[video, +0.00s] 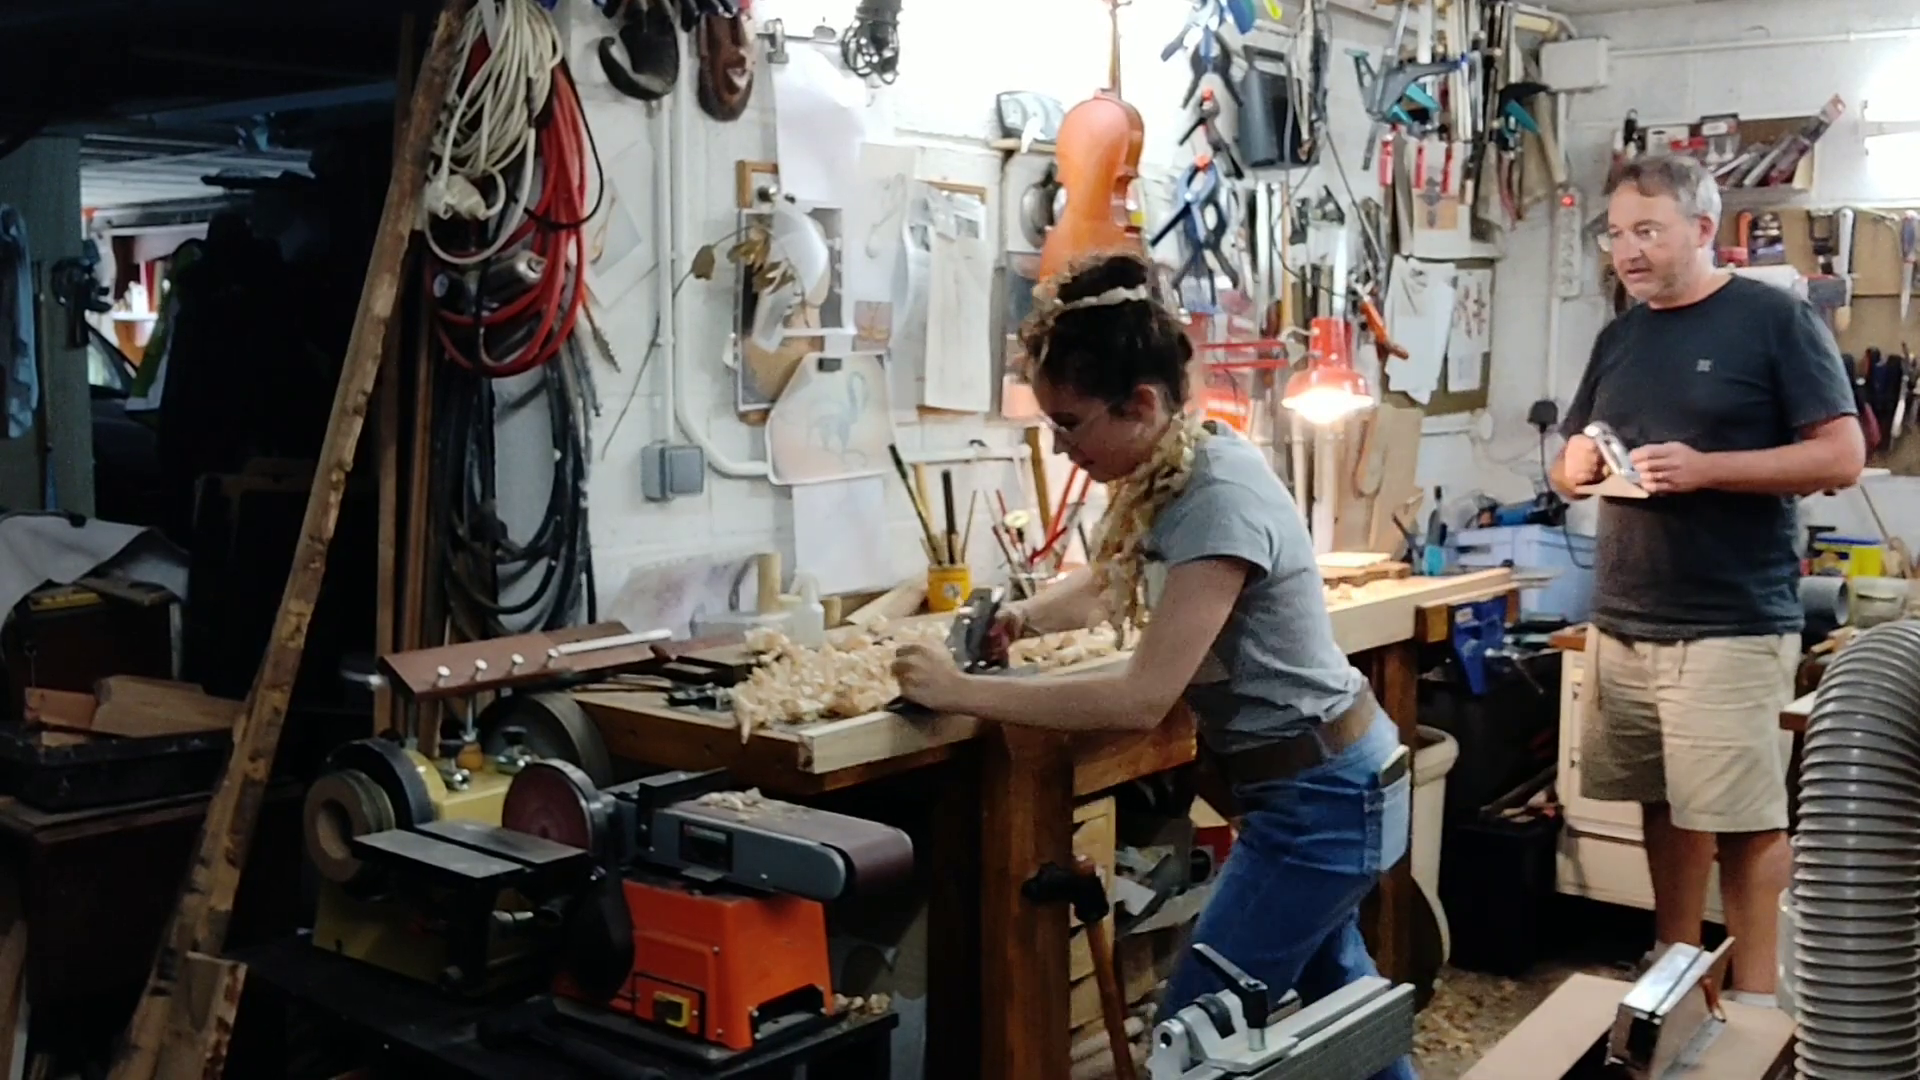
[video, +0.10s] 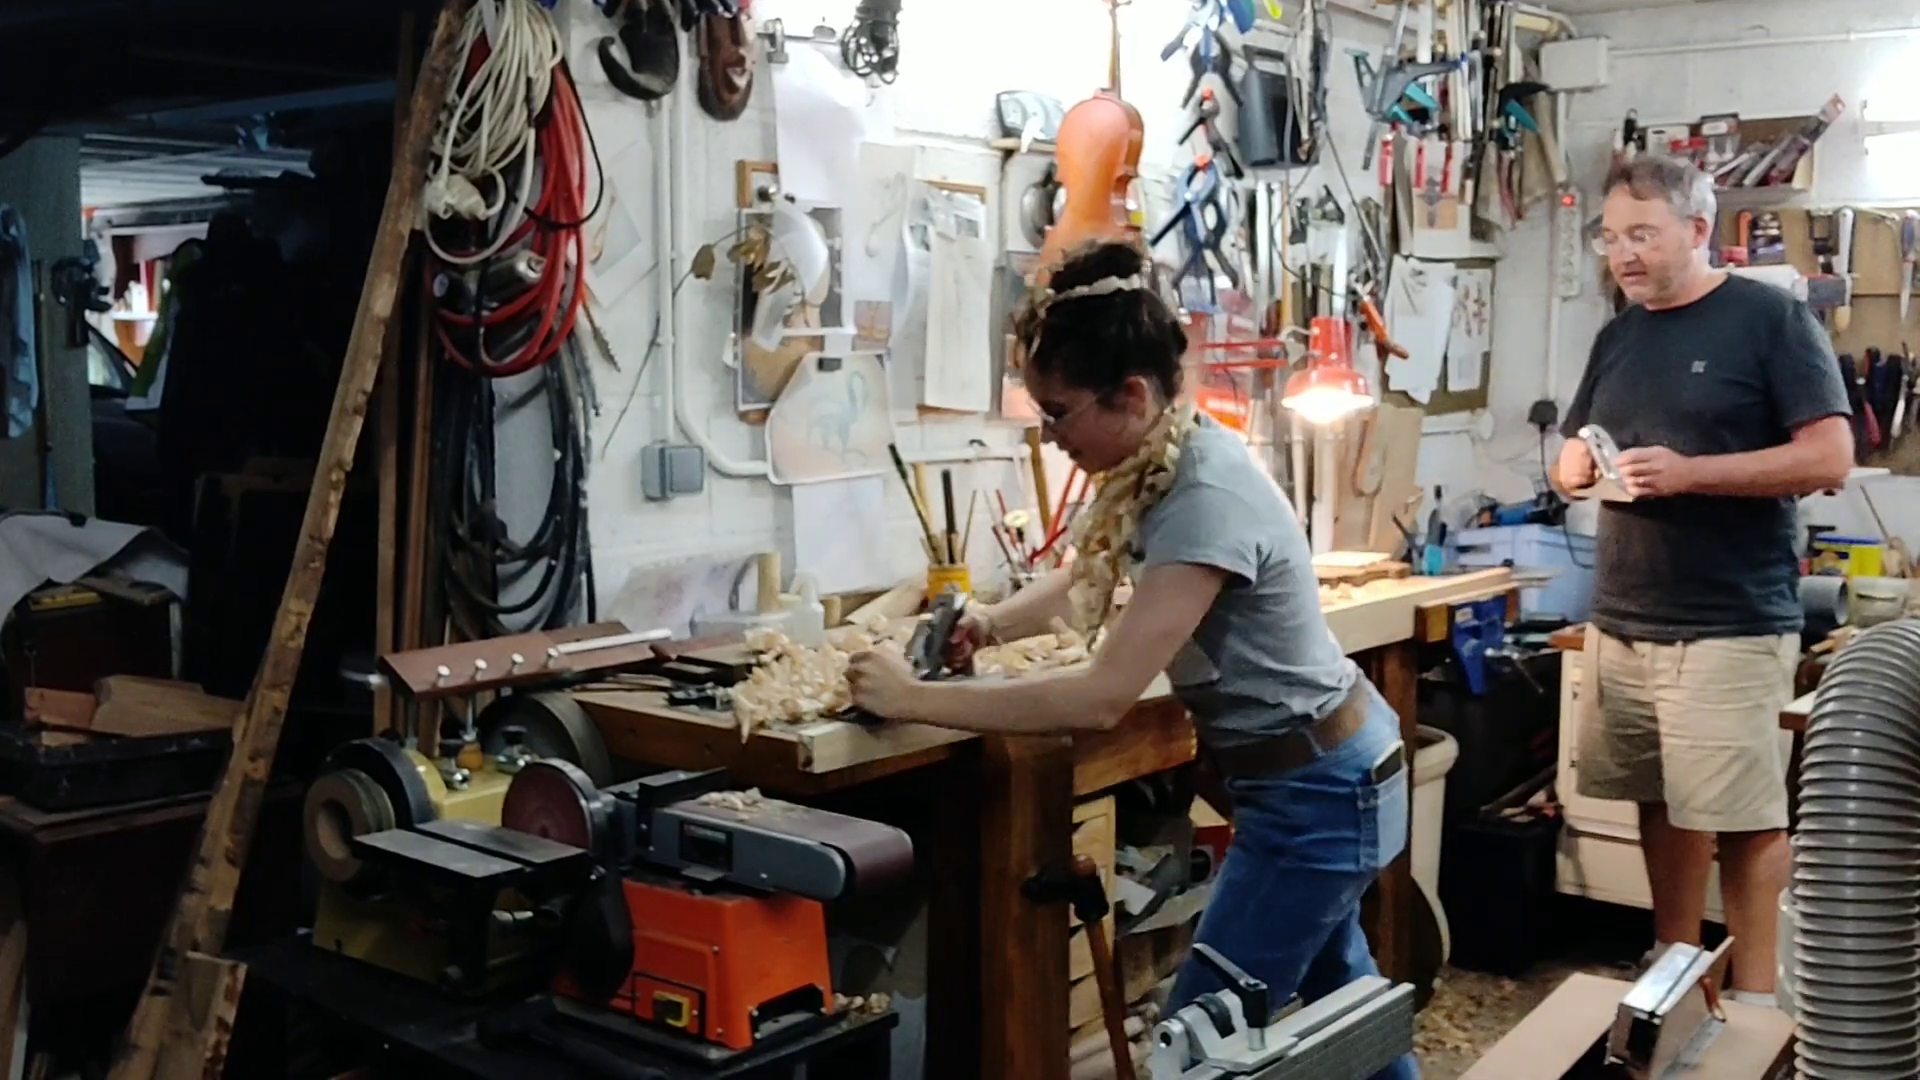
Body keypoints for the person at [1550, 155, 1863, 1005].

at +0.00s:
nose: (1628, 249)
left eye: (1647, 230)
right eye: (1616, 234)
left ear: (1702, 229)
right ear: (1608, 243)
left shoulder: (1776, 312)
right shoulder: (1619, 335)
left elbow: (1842, 455)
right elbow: (1568, 458)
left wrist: (1705, 465)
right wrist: (1577, 464)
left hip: (1735, 626)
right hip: (1630, 622)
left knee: (1744, 823)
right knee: (1667, 808)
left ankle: (1753, 1003)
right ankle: (1675, 967)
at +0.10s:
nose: (1624, 252)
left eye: (1643, 233)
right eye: (1612, 235)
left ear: (1698, 231)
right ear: (1604, 240)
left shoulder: (1773, 313)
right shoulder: (1618, 334)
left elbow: (1830, 457)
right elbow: (1573, 446)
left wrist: (1691, 470)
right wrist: (1572, 464)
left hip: (1733, 627)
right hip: (1628, 622)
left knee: (1744, 824)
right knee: (1664, 808)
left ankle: (1754, 1004)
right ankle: (1675, 966)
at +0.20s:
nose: (1617, 259)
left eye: (1636, 239)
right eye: (1605, 242)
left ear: (1691, 234)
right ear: (1596, 244)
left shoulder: (1765, 316)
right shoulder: (1615, 334)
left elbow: (1806, 461)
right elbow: (1577, 443)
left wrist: (1658, 481)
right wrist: (1568, 468)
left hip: (1732, 626)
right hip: (1626, 620)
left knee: (1746, 818)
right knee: (1658, 806)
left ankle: (1756, 996)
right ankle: (1678, 968)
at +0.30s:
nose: (1604, 268)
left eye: (1620, 248)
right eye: (1594, 252)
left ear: (1679, 236)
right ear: (1588, 250)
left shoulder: (1752, 319)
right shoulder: (1610, 334)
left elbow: (1770, 466)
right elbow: (1580, 445)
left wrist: (1617, 494)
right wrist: (1555, 477)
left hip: (1730, 627)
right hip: (1626, 622)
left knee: (1746, 818)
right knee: (1656, 806)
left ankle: (1755, 995)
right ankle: (1674, 966)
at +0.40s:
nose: (1587, 281)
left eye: (1600, 259)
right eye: (1578, 265)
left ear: (1661, 242)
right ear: (1577, 260)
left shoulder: (1736, 325)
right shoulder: (1604, 339)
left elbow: (1725, 477)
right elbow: (1583, 457)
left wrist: (1579, 509)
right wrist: (1547, 491)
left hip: (1727, 631)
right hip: (1625, 623)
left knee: (1742, 822)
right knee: (1649, 805)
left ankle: (1755, 1001)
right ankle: (1673, 968)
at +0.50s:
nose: (1567, 294)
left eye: (1579, 274)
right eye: (1557, 279)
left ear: (1640, 255)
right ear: (1556, 272)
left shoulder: (1718, 338)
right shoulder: (1594, 347)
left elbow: (1692, 490)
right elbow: (1584, 457)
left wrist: (1547, 526)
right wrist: (1533, 507)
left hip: (1726, 630)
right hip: (1627, 625)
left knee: (1736, 818)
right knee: (1646, 804)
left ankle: (1754, 1000)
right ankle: (1674, 966)